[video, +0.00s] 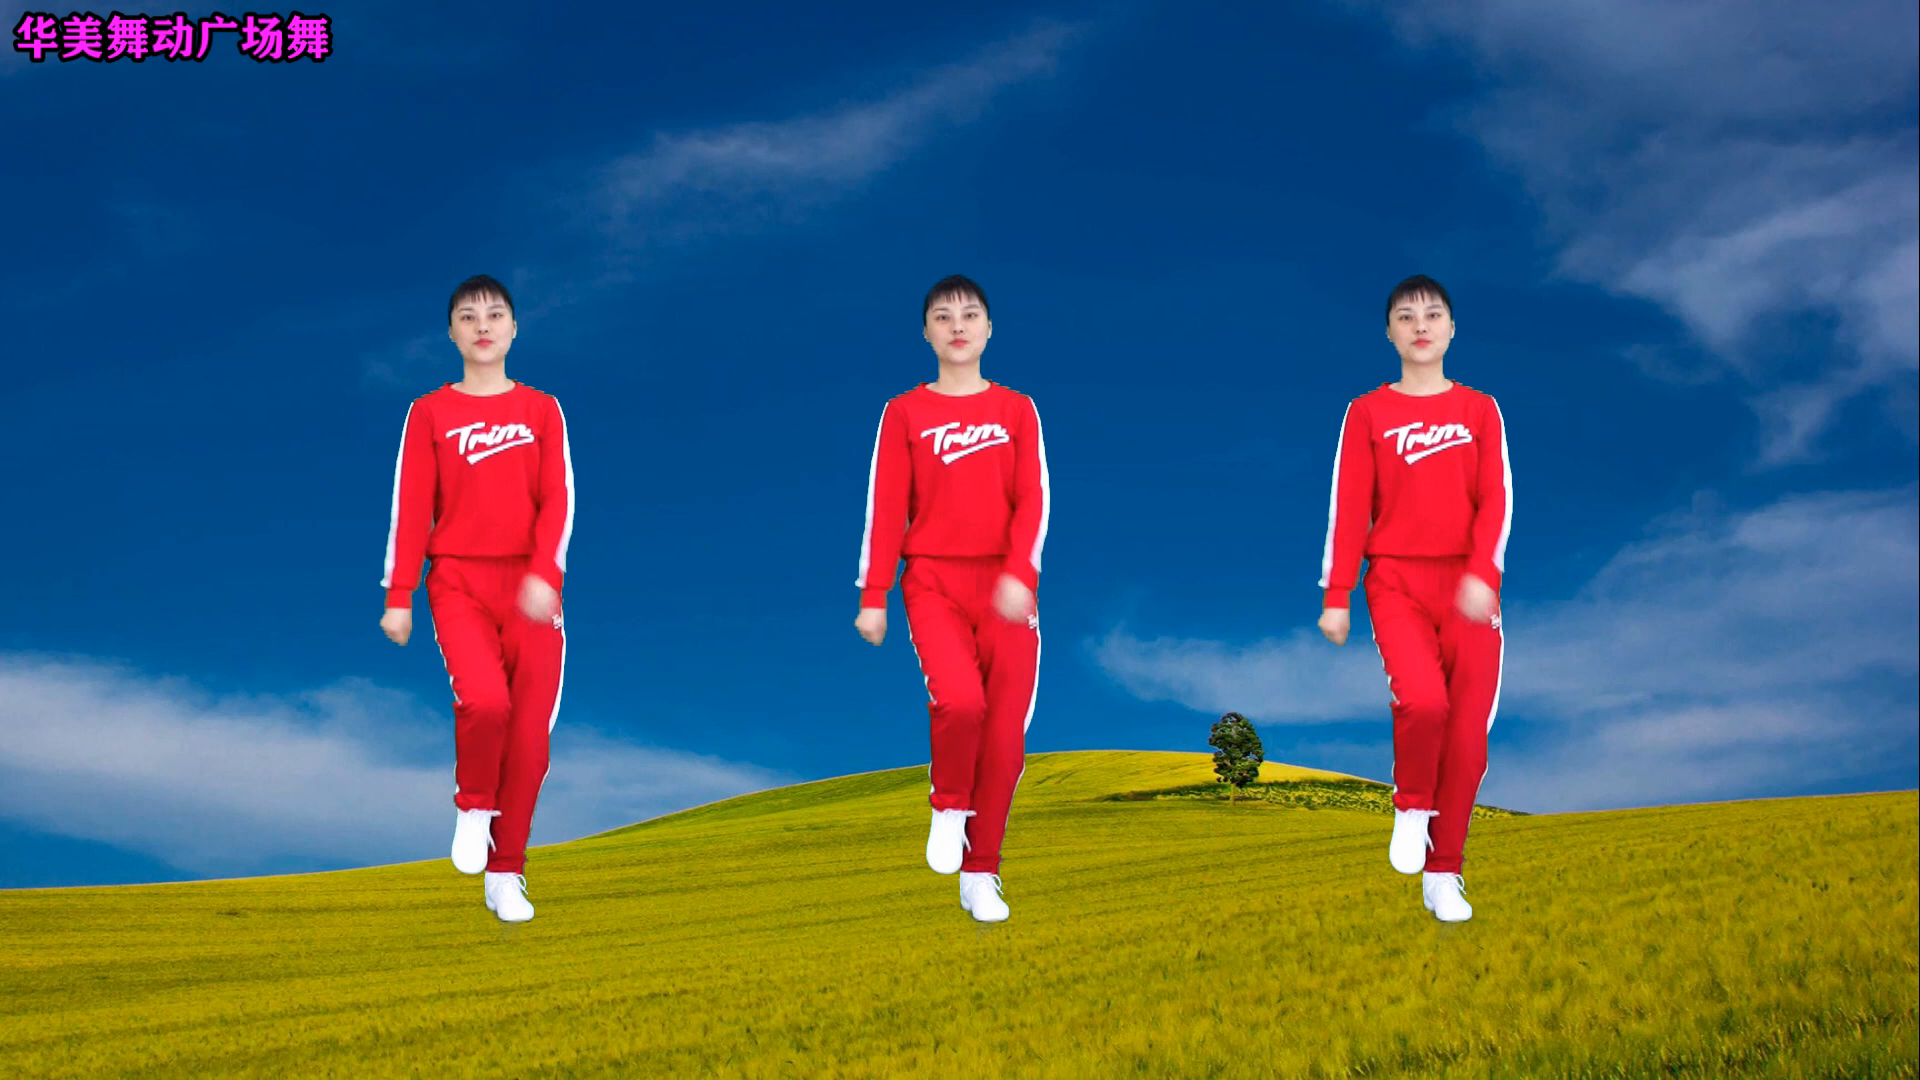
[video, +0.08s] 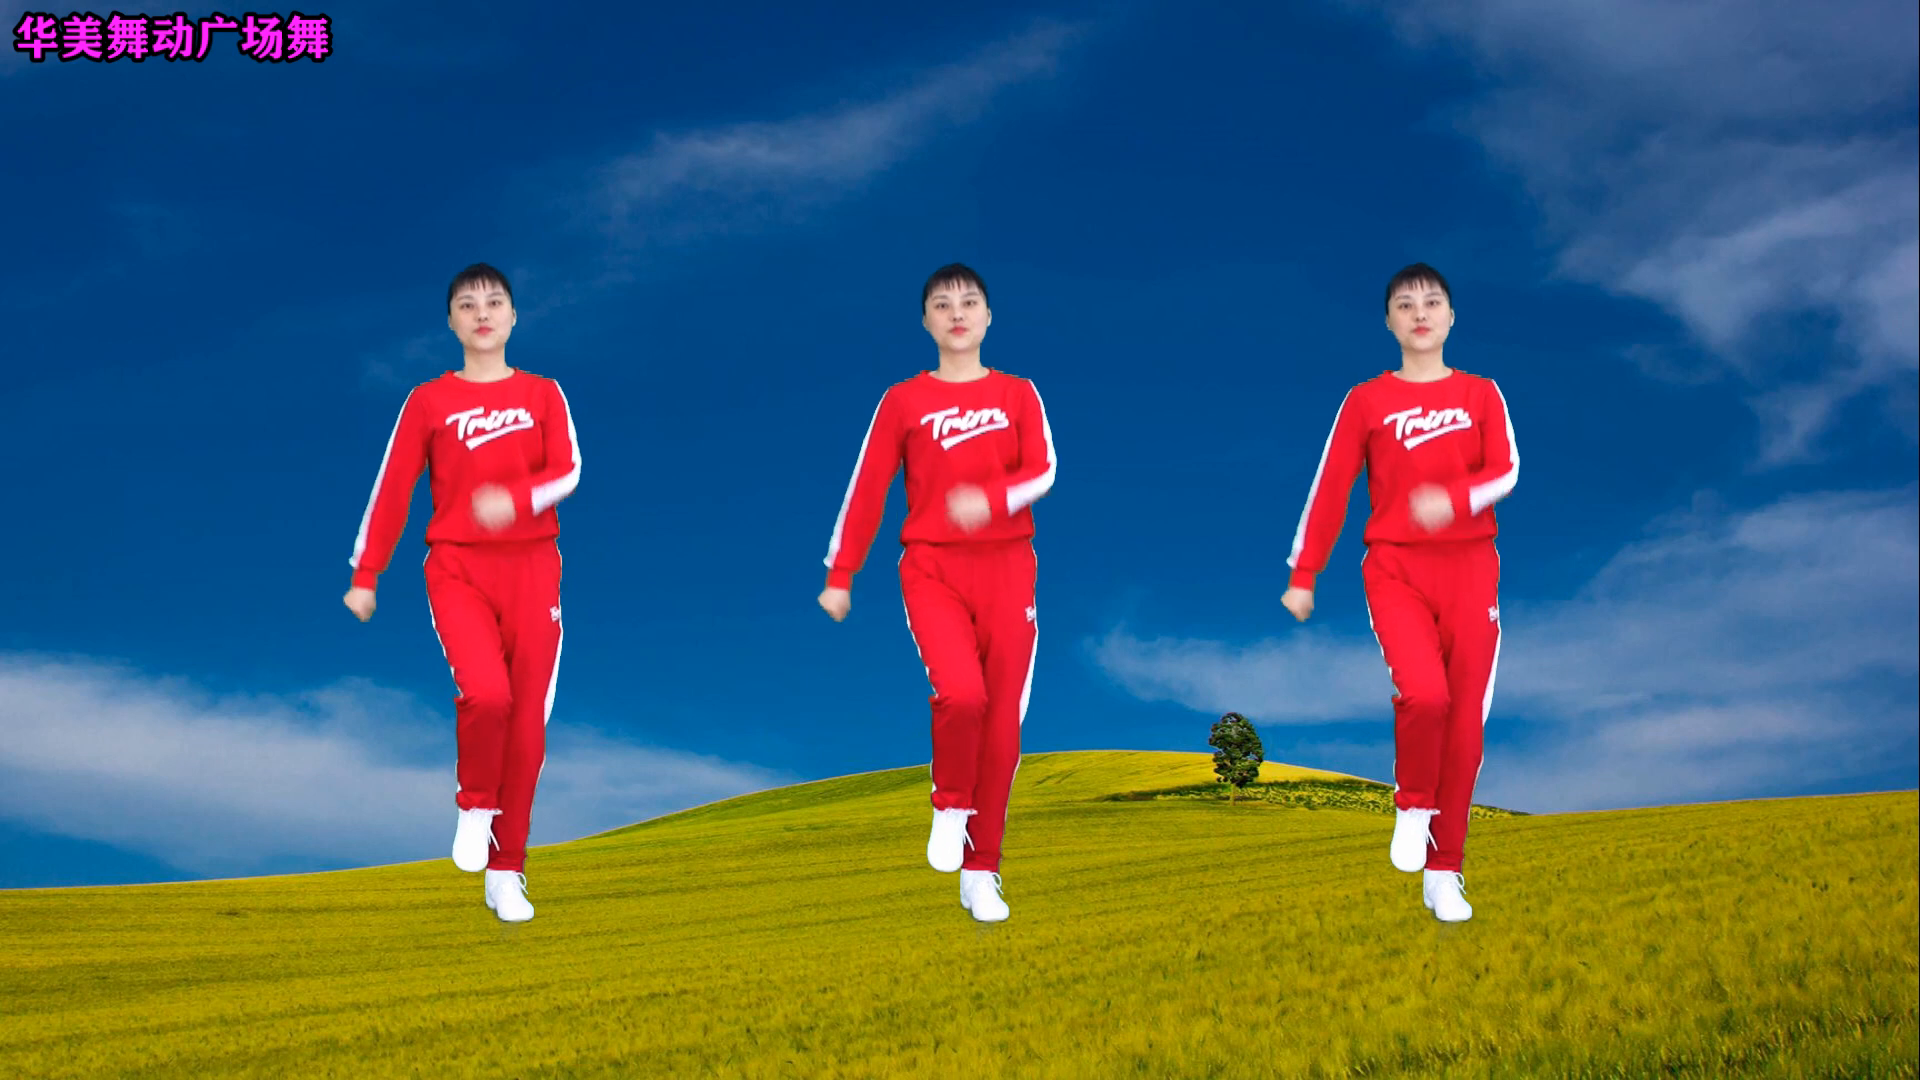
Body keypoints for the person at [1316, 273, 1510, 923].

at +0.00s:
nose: (1420, 326)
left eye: (1432, 315)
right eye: (1407, 317)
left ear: (1451, 328)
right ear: (1391, 332)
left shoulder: (1481, 408)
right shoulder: (1367, 411)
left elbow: (1496, 498)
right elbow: (1348, 507)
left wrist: (1483, 574)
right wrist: (1337, 595)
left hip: (1470, 582)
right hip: (1395, 581)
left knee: (1470, 726)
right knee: (1425, 703)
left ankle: (1445, 868)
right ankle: (1412, 807)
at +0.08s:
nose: (1420, 315)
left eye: (1431, 304)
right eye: (1407, 306)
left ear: (1450, 315)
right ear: (1391, 321)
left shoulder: (1481, 393)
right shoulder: (1365, 401)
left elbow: (1504, 471)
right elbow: (1329, 488)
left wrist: (1452, 496)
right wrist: (1304, 571)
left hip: (1470, 573)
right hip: (1395, 571)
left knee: (1466, 718)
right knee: (1425, 696)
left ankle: (1446, 868)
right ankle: (1415, 807)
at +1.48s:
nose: (1409, 313)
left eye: (1421, 302)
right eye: (1396, 304)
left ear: (1440, 312)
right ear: (1381, 318)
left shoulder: (1472, 391)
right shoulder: (1356, 399)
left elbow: (1500, 475)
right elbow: (1316, 484)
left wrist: (1450, 497)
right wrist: (1288, 569)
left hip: (1461, 571)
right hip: (1385, 570)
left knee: (1455, 723)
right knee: (1412, 697)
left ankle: (1435, 868)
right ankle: (1404, 806)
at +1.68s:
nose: (1408, 307)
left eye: (1420, 296)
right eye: (1395, 299)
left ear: (1440, 308)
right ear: (1379, 315)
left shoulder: (1471, 386)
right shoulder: (1355, 390)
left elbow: (1503, 467)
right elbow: (1287, 453)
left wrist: (1454, 405)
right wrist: (1224, 518)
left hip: (1456, 563)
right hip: (1379, 564)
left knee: (1446, 722)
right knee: (1392, 726)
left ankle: (1435, 867)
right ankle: (1394, 866)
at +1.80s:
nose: (1406, 312)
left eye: (1418, 301)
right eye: (1392, 303)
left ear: (1438, 312)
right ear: (1377, 318)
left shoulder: (1467, 392)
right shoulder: (1353, 393)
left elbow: (1476, 475)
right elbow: (1289, 463)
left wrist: (1424, 427)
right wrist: (1225, 526)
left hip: (1451, 566)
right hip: (1374, 566)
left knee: (1440, 725)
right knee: (1384, 724)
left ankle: (1433, 869)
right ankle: (1394, 870)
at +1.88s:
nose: (1405, 311)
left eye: (1417, 300)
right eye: (1391, 302)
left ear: (1435, 311)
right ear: (1375, 316)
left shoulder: (1465, 388)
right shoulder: (1348, 392)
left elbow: (1472, 467)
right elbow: (1297, 473)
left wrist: (1399, 471)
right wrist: (1250, 547)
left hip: (1443, 565)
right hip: (1368, 567)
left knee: (1434, 726)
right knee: (1380, 726)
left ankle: (1432, 865)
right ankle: (1393, 869)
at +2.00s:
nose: (1400, 322)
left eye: (1413, 312)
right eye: (1388, 312)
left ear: (1432, 323)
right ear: (1372, 325)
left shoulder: (1461, 401)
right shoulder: (1346, 407)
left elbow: (1463, 490)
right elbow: (1330, 496)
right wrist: (1320, 580)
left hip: (1430, 578)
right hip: (1360, 578)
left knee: (1415, 721)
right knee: (1367, 732)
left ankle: (1430, 829)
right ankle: (1391, 867)